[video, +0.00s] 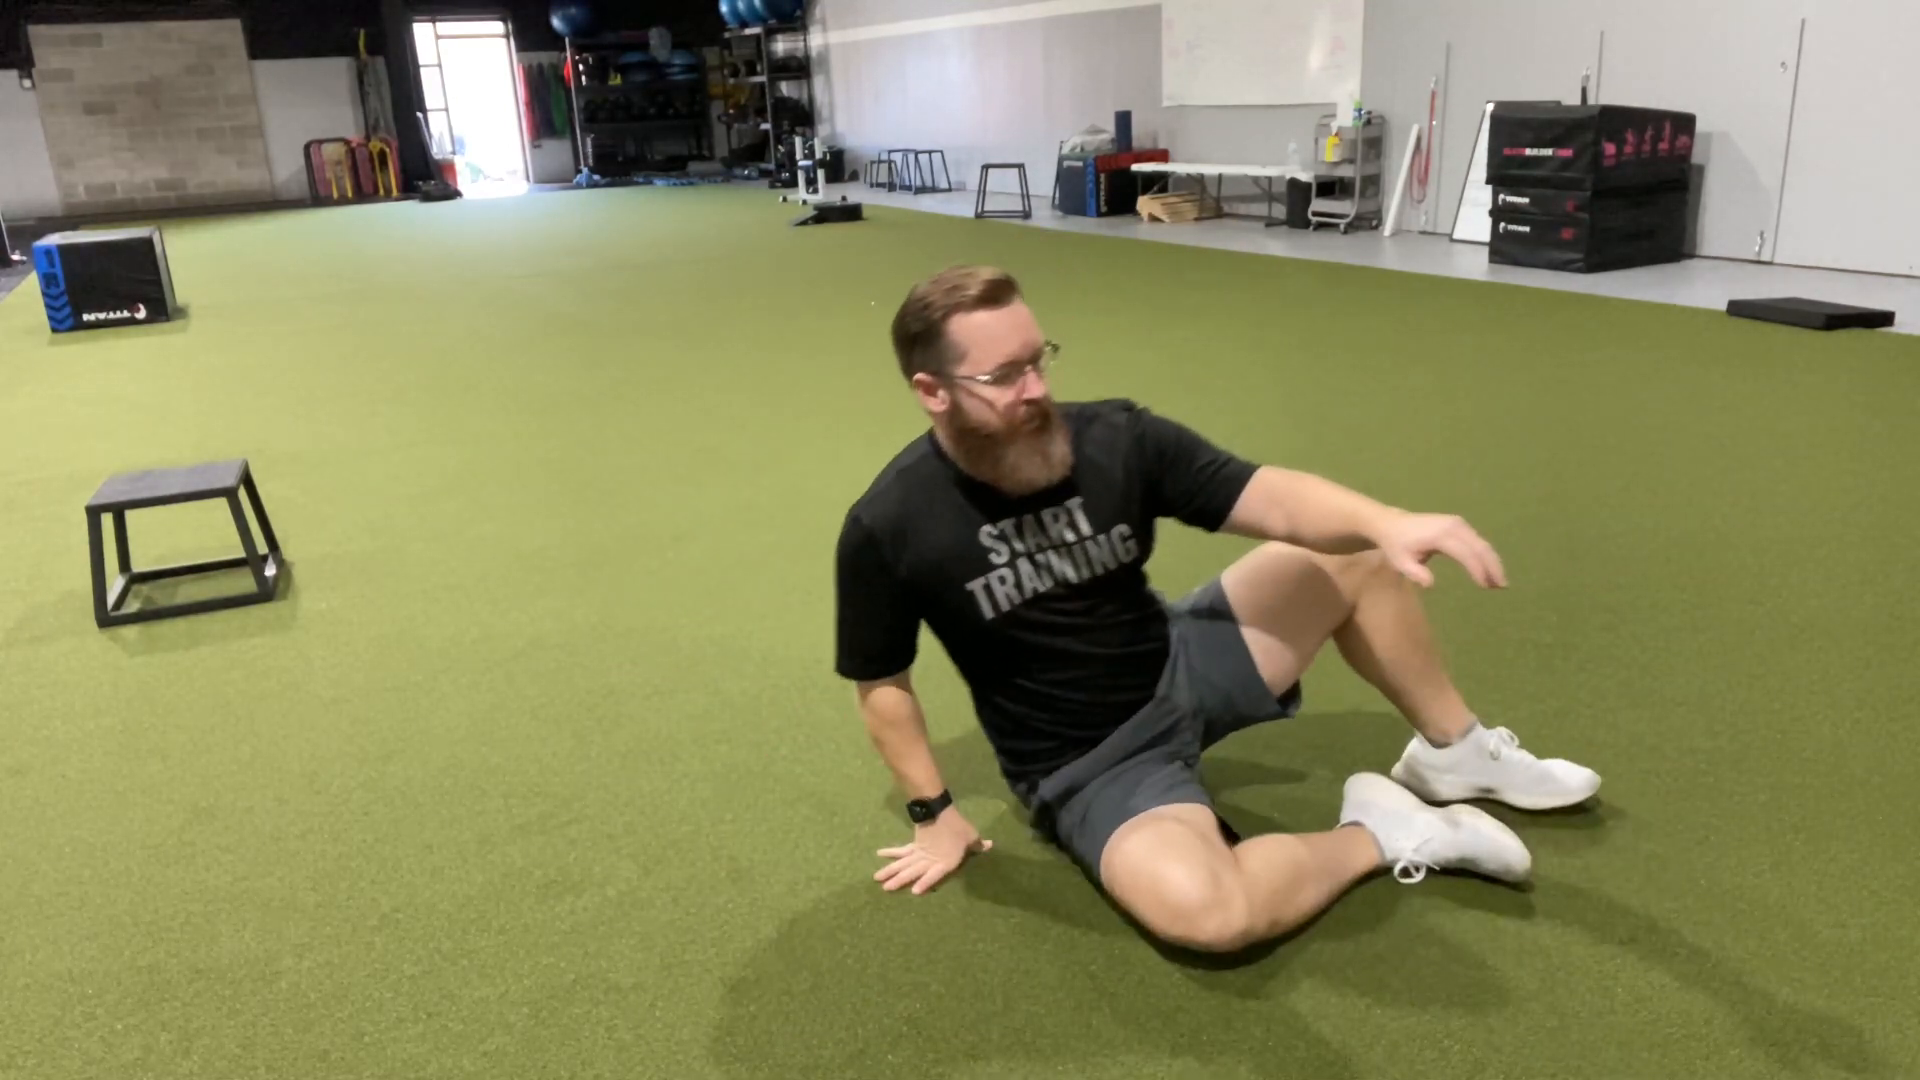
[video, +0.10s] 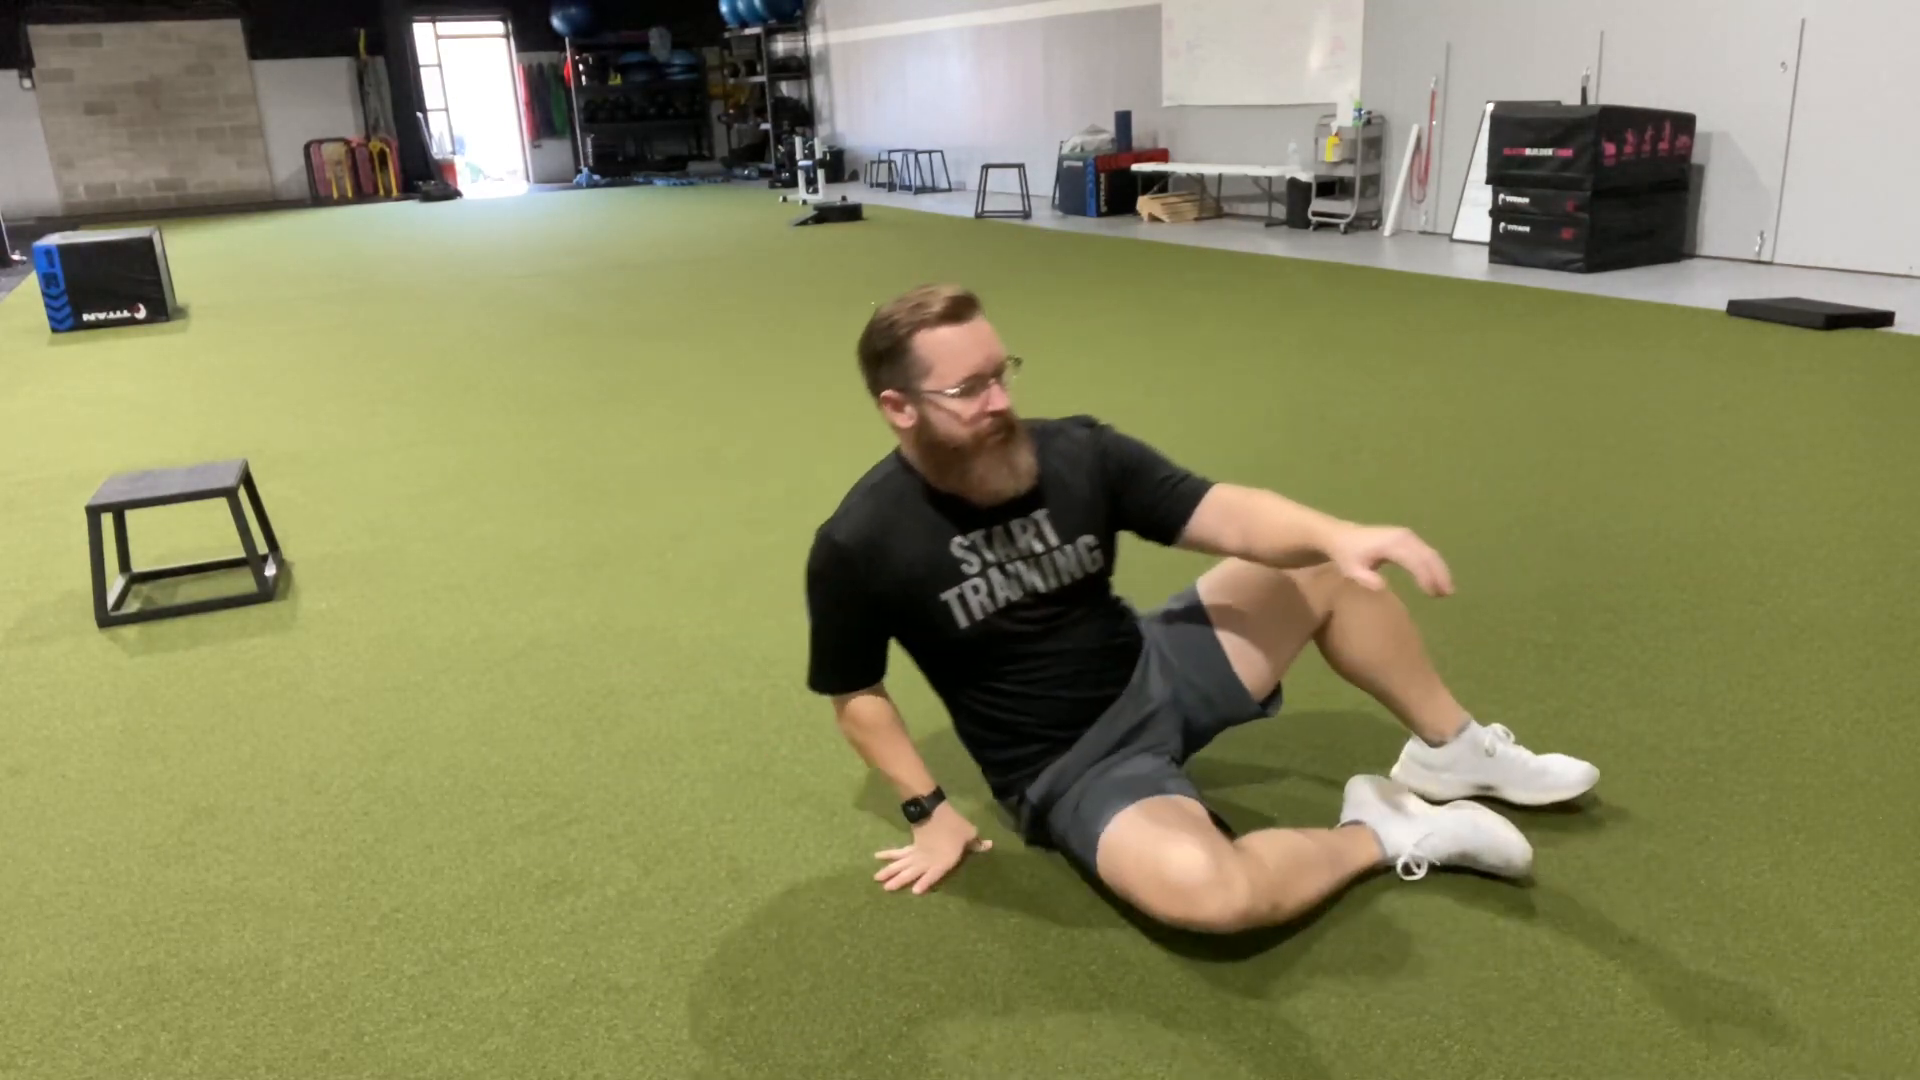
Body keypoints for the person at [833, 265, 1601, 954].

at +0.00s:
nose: (1035, 388)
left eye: (1038, 359)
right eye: (1003, 375)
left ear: (1046, 347)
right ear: (932, 396)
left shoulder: (1114, 440)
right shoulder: (889, 533)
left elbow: (1264, 496)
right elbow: (880, 682)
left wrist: (1388, 525)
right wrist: (937, 816)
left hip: (1179, 659)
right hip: (1090, 761)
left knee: (1344, 554)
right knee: (1200, 911)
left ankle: (1459, 749)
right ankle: (1385, 829)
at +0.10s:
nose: (999, 401)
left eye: (1000, 375)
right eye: (969, 389)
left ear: (1008, 368)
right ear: (898, 411)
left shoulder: (1077, 454)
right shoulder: (860, 546)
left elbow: (1211, 510)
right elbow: (855, 693)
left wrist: (1339, 534)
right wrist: (932, 812)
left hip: (1155, 664)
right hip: (1071, 765)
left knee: (1313, 565)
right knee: (1202, 896)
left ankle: (1461, 748)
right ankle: (1386, 830)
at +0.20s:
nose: (956, 415)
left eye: (956, 390)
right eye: (927, 406)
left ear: (965, 381)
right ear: (859, 429)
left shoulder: (1031, 464)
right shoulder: (828, 566)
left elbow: (1167, 527)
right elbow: (829, 709)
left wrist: (1270, 545)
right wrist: (925, 810)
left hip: (1138, 662)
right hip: (1057, 762)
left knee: (1299, 561)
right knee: (1199, 875)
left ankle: (1455, 745)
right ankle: (1389, 828)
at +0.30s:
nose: (909, 430)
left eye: (906, 407)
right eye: (880, 423)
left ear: (912, 401)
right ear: (817, 454)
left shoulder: (981, 475)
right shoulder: (799, 587)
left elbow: (1105, 529)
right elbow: (806, 734)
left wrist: (1211, 544)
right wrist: (920, 809)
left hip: (1113, 656)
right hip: (1041, 759)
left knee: (1280, 553)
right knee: (1192, 837)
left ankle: (1440, 737)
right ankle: (1394, 828)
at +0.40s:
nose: (863, 447)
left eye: (858, 426)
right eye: (835, 441)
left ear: (867, 421)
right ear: (777, 478)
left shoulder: (939, 489)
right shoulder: (774, 609)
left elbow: (1057, 529)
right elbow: (798, 757)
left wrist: (1143, 526)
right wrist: (914, 812)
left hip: (1085, 650)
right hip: (1018, 751)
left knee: (1251, 536)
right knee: (1180, 777)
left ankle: (1413, 720)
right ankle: (1384, 815)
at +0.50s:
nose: (830, 463)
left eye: (824, 443)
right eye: (802, 458)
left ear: (833, 440)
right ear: (748, 499)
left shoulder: (910, 503)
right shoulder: (758, 620)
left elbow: (1032, 526)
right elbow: (788, 771)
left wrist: (1096, 501)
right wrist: (913, 812)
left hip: (1071, 643)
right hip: (1005, 742)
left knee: (1218, 514)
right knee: (1149, 717)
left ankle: (1388, 697)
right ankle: (1352, 791)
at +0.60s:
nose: (797, 489)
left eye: (789, 471)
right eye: (769, 486)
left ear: (799, 473)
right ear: (721, 530)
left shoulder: (879, 525)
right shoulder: (743, 636)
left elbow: (1002, 526)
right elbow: (783, 778)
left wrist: (1029, 479)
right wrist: (915, 812)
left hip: (1053, 650)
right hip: (988, 749)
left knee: (1167, 490)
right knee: (1094, 636)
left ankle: (1350, 648)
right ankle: (1305, 739)